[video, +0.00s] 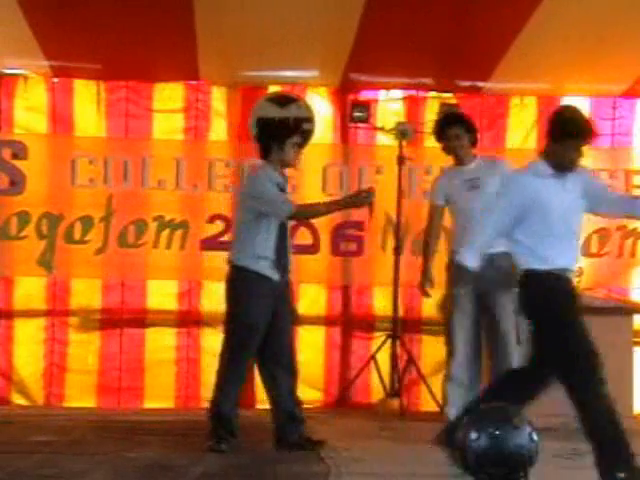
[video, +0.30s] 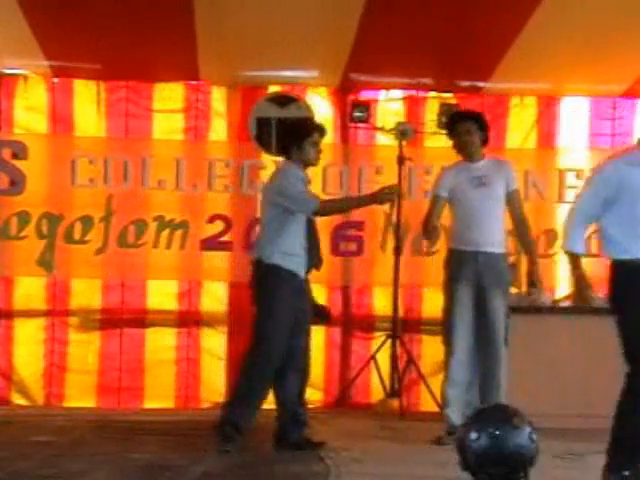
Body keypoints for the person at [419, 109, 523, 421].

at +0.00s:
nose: (455, 144)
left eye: (459, 136)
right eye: (448, 140)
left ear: (472, 137)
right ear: (443, 145)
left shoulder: (497, 170)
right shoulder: (446, 181)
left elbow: (518, 209)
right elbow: (433, 227)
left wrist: (521, 254)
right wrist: (427, 269)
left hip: (499, 257)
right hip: (463, 260)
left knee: (506, 336)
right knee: (462, 340)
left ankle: (510, 406)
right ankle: (458, 413)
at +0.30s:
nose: (466, 140)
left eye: (470, 133)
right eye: (460, 135)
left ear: (483, 136)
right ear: (453, 141)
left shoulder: (502, 170)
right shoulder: (449, 175)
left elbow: (519, 219)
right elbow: (432, 219)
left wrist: (532, 262)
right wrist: (431, 231)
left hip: (494, 259)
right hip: (461, 257)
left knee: (495, 338)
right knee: (459, 339)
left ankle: (493, 414)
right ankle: (457, 417)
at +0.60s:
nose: (484, 140)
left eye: (489, 134)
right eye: (478, 134)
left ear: (496, 137)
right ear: (466, 138)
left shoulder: (508, 174)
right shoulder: (455, 170)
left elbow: (519, 224)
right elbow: (447, 187)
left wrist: (529, 270)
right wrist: (467, 184)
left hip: (495, 256)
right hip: (463, 254)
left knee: (493, 335)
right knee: (460, 335)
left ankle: (492, 414)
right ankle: (456, 416)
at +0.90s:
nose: (502, 146)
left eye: (506, 140)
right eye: (497, 139)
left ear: (509, 142)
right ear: (481, 139)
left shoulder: (515, 177)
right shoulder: (467, 168)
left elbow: (525, 224)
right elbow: (470, 183)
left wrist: (538, 266)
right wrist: (502, 170)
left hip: (501, 255)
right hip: (470, 252)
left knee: (497, 334)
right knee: (465, 332)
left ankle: (493, 413)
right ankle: (457, 415)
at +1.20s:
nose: (527, 151)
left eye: (529, 145)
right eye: (523, 144)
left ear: (526, 146)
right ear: (505, 142)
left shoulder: (523, 179)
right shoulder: (481, 173)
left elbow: (527, 220)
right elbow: (472, 221)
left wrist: (543, 228)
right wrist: (516, 224)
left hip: (509, 257)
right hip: (481, 255)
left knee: (509, 331)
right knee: (490, 332)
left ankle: (501, 405)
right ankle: (488, 408)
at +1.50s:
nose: (541, 151)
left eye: (542, 145)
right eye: (537, 144)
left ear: (534, 145)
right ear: (521, 142)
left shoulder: (530, 180)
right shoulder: (496, 174)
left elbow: (540, 218)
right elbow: (484, 224)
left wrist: (552, 218)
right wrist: (532, 226)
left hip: (518, 260)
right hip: (497, 260)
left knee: (508, 343)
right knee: (512, 343)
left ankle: (493, 419)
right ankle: (525, 425)